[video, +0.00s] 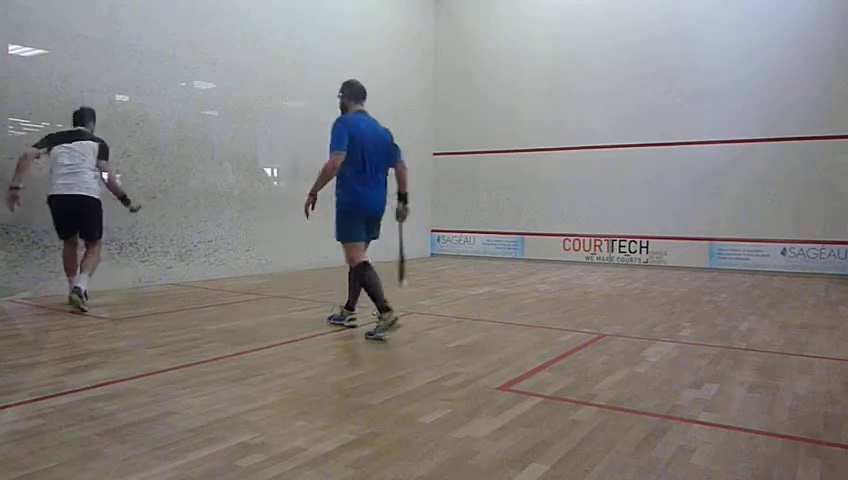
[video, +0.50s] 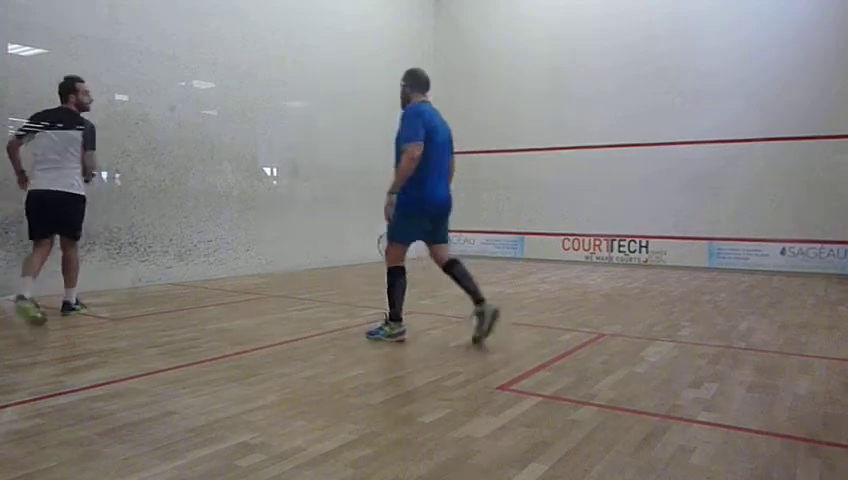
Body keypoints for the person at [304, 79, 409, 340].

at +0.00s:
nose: (339, 103)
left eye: (340, 99)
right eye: (340, 99)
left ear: (344, 100)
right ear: (363, 100)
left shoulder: (344, 124)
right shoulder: (381, 130)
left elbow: (336, 161)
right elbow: (400, 165)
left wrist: (314, 191)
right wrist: (403, 199)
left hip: (351, 203)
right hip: (376, 204)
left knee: (356, 258)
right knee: (358, 257)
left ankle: (386, 312)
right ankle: (349, 310)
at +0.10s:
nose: (347, 101)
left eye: (348, 97)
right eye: (348, 97)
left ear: (353, 97)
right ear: (373, 98)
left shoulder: (352, 123)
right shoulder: (391, 127)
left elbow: (342, 161)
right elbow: (411, 164)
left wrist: (320, 191)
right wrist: (417, 198)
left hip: (364, 201)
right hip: (391, 201)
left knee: (373, 258)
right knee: (369, 256)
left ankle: (393, 320)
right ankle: (354, 308)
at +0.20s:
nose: (357, 97)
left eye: (358, 93)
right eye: (358, 93)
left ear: (363, 92)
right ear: (383, 93)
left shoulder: (364, 118)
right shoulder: (402, 122)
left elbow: (355, 158)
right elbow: (420, 163)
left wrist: (331, 188)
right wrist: (425, 198)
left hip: (376, 198)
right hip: (403, 199)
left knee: (381, 258)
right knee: (384, 255)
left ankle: (394, 322)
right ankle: (374, 308)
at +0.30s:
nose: (370, 93)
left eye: (371, 88)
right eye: (371, 88)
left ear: (376, 88)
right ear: (395, 88)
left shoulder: (377, 114)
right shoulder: (414, 118)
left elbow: (372, 153)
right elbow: (428, 158)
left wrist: (349, 186)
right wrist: (428, 194)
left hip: (387, 196)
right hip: (414, 196)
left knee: (386, 257)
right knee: (402, 252)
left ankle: (394, 323)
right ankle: (409, 315)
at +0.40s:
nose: (384, 92)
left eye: (385, 87)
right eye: (385, 87)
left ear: (391, 87)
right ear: (410, 89)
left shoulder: (394, 114)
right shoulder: (427, 119)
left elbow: (391, 152)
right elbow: (439, 161)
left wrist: (369, 188)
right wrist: (435, 195)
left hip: (398, 199)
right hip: (425, 199)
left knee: (391, 255)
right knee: (419, 251)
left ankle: (394, 323)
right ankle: (450, 307)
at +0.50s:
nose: (400, 95)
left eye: (401, 90)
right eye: (401, 90)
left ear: (407, 90)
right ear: (425, 91)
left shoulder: (413, 114)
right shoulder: (439, 120)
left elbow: (412, 152)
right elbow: (449, 167)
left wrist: (392, 192)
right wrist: (439, 194)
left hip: (413, 199)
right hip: (440, 199)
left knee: (394, 255)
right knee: (441, 254)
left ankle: (394, 323)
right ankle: (482, 305)